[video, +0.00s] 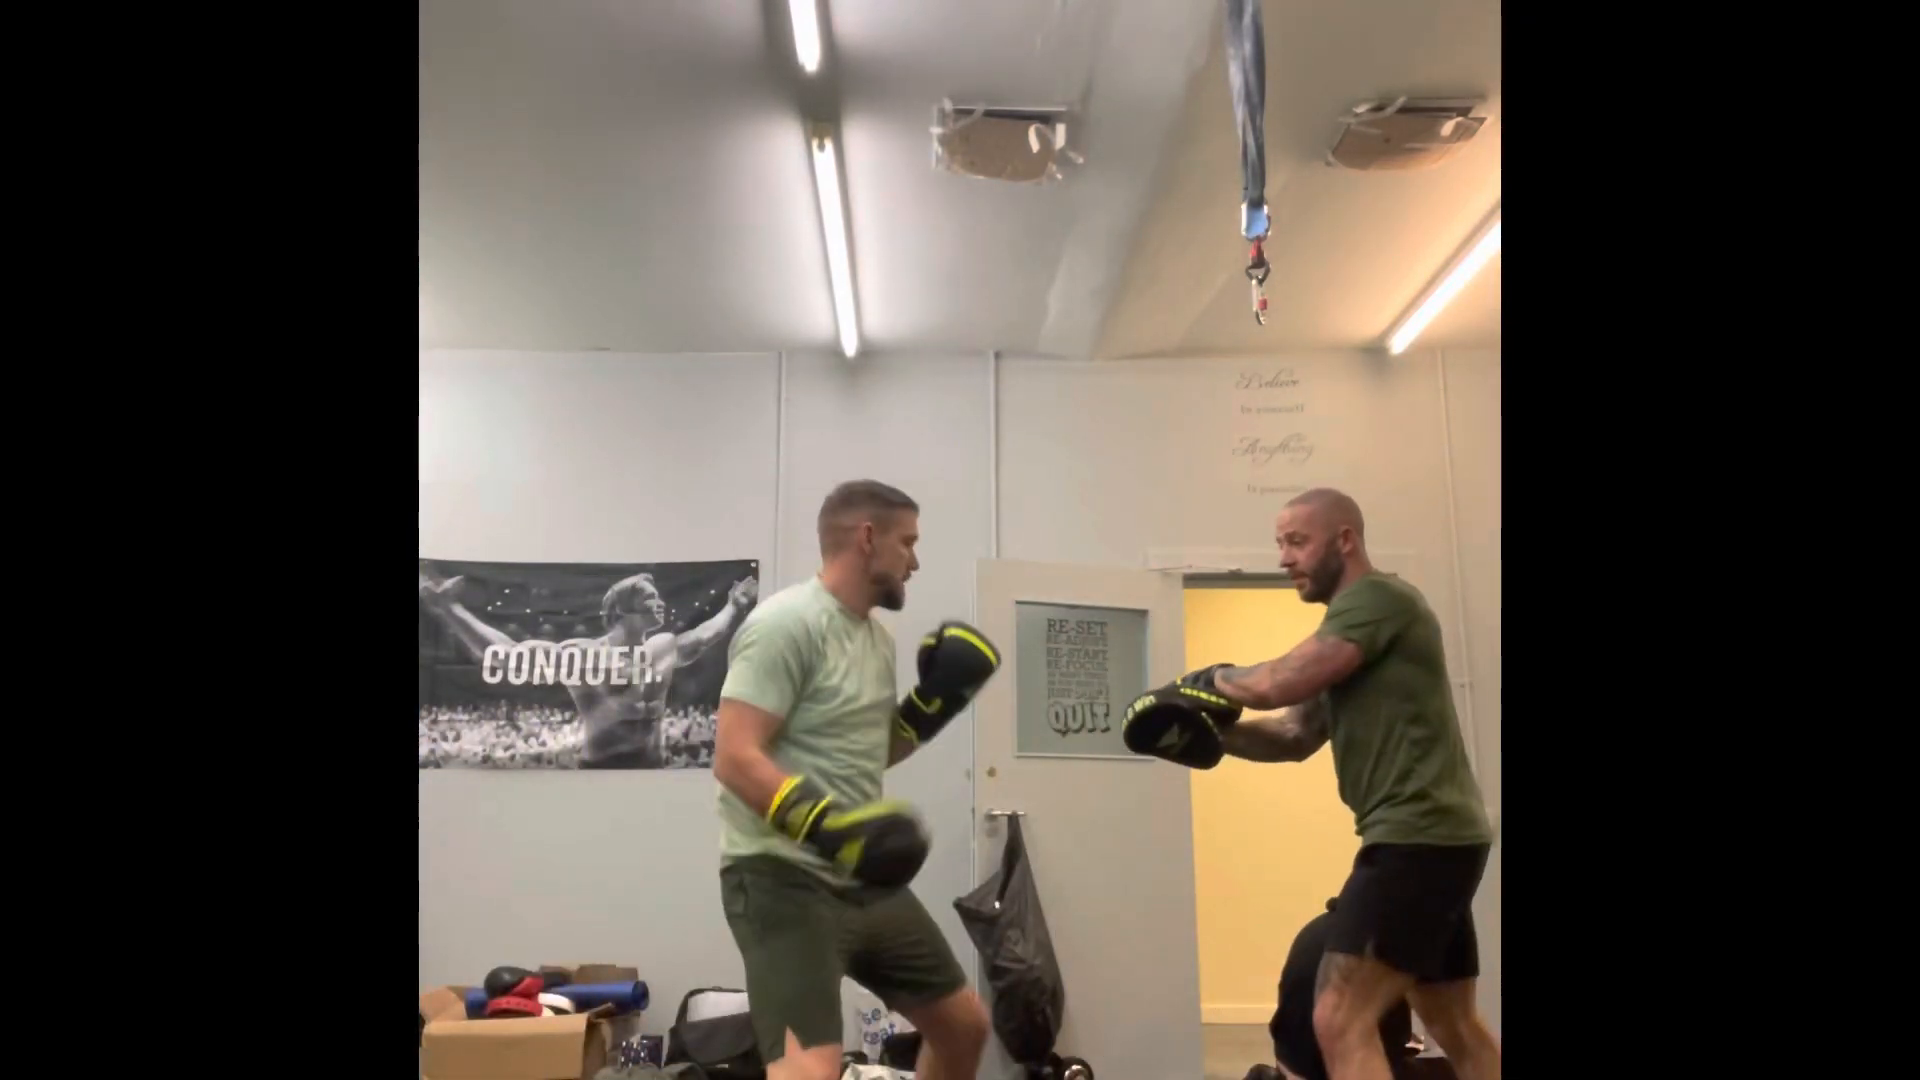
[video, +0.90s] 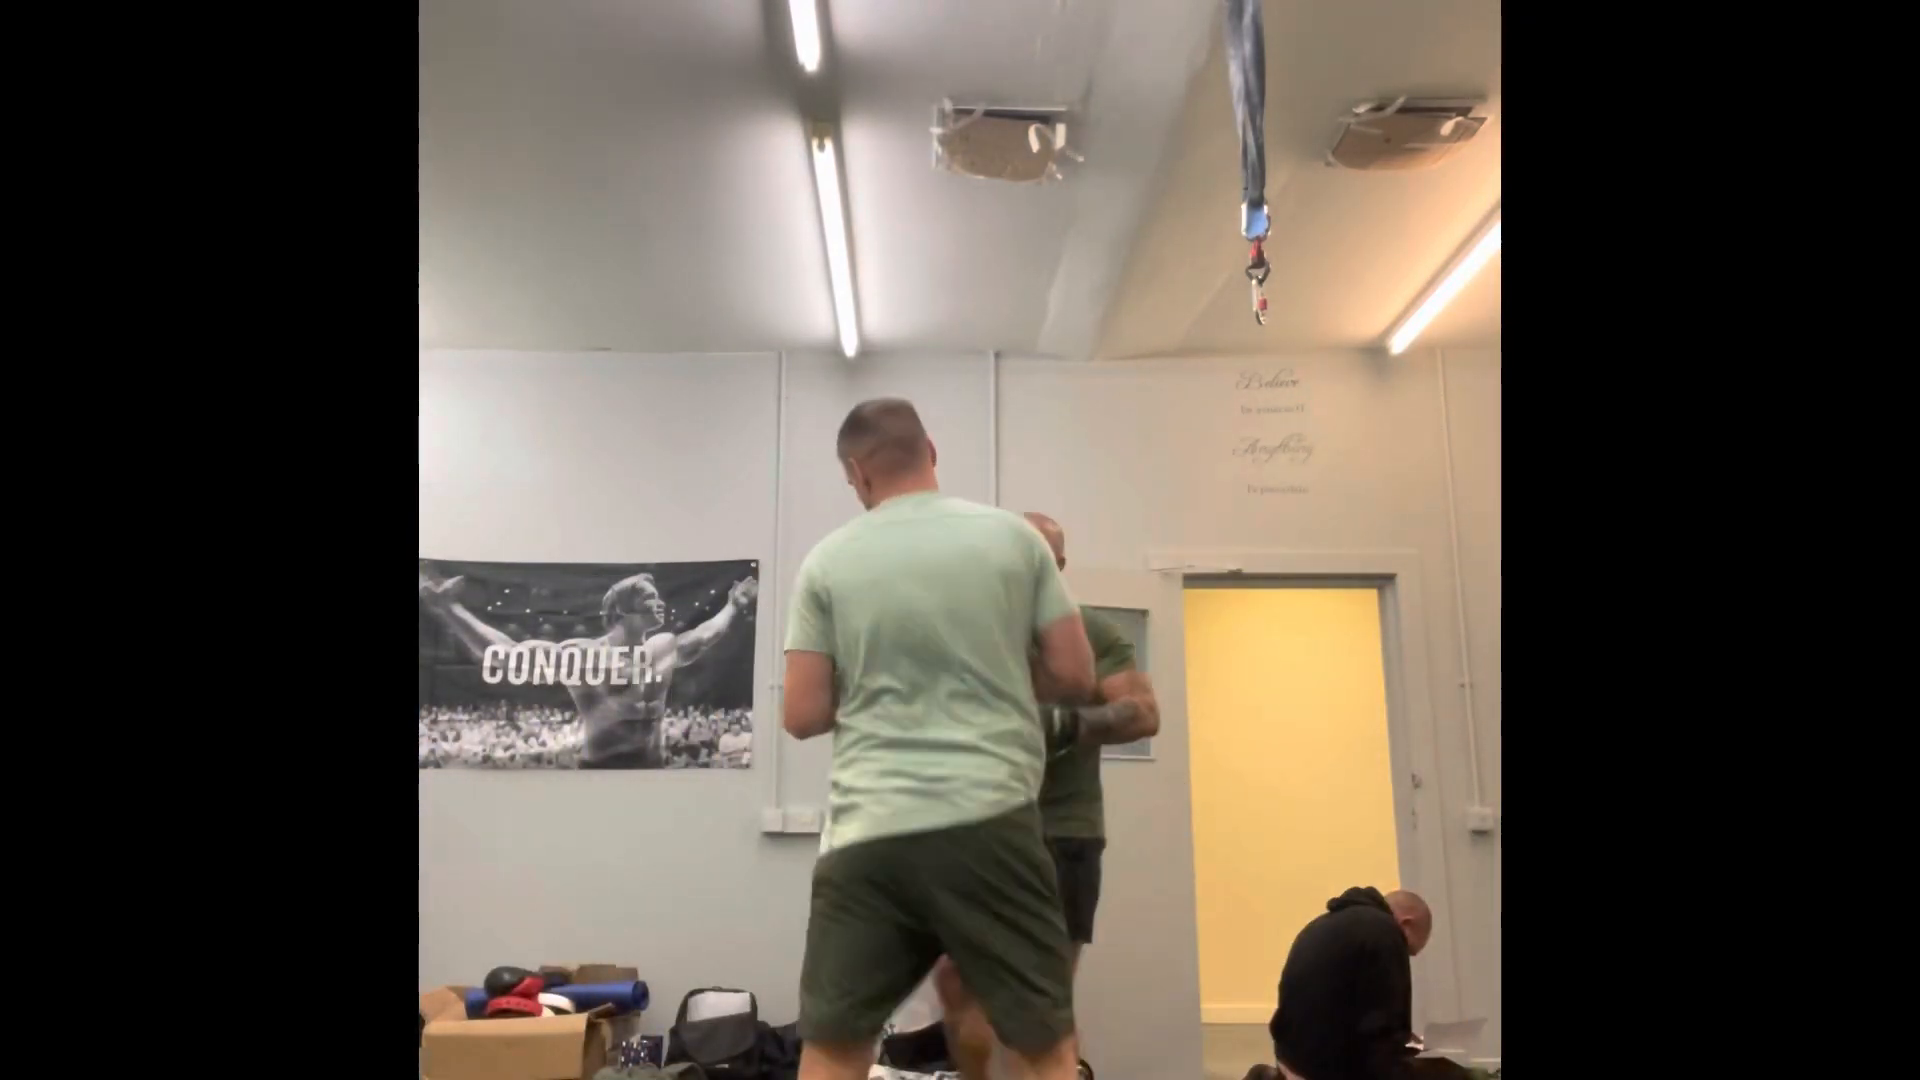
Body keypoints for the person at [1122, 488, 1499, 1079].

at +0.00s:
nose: (1284, 557)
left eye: (1297, 541)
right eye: (1281, 544)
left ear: (1346, 540)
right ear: (1344, 545)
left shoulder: (1377, 599)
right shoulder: (1357, 625)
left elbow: (1282, 682)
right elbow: (1295, 735)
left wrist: (1218, 678)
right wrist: (1208, 733)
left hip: (1420, 834)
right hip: (1426, 834)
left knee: (1342, 1018)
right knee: (1452, 1024)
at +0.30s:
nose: (1262, 567)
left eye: (1272, 550)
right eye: (1258, 553)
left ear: (1321, 544)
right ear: (1318, 549)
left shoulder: (1361, 604)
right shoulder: (1339, 621)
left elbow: (1283, 699)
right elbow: (1283, 740)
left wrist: (1208, 682)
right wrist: (1205, 728)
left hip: (1408, 831)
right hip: (1419, 831)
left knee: (1340, 1016)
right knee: (1435, 1019)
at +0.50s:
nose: (1215, 541)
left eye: (1226, 525)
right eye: (1214, 527)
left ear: (1274, 529)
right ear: (1271, 532)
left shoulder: (1312, 598)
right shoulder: (1276, 614)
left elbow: (1324, 707)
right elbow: (1284, 722)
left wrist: (1225, 687)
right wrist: (1209, 735)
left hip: (1336, 831)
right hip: (1314, 831)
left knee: (1307, 1022)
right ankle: (1401, 1079)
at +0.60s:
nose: (1155, 555)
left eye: (1168, 540)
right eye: (1154, 542)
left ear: (1214, 544)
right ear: (1208, 548)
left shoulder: (1237, 605)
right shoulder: (1219, 616)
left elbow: (1242, 703)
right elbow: (1255, 737)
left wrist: (1154, 727)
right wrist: (1210, 799)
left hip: (1277, 830)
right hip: (1242, 834)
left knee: (1307, 1025)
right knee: (1212, 994)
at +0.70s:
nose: (1086, 582)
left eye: (1099, 569)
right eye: (1082, 570)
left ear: (1142, 573)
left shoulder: (1167, 634)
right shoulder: (1144, 647)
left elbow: (1181, 726)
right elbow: (1171, 768)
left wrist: (1093, 770)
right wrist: (1115, 815)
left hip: (1199, 845)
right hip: (1164, 848)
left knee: (1237, 1025)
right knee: (1110, 994)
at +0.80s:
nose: (1042, 558)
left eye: (1057, 548)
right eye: (1036, 547)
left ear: (1091, 557)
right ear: (1029, 555)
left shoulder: (1128, 624)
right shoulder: (1035, 639)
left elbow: (1183, 707)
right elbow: (1035, 720)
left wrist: (1091, 733)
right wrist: (1027, 742)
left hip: (1121, 821)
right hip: (1062, 826)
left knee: (1105, 988)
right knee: (1049, 987)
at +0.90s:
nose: (1031, 570)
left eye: (1043, 559)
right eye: (1020, 557)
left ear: (1059, 565)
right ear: (998, 562)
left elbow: (1142, 713)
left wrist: (1062, 720)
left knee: (1046, 997)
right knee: (957, 985)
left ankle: (1062, 1070)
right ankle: (972, 1071)